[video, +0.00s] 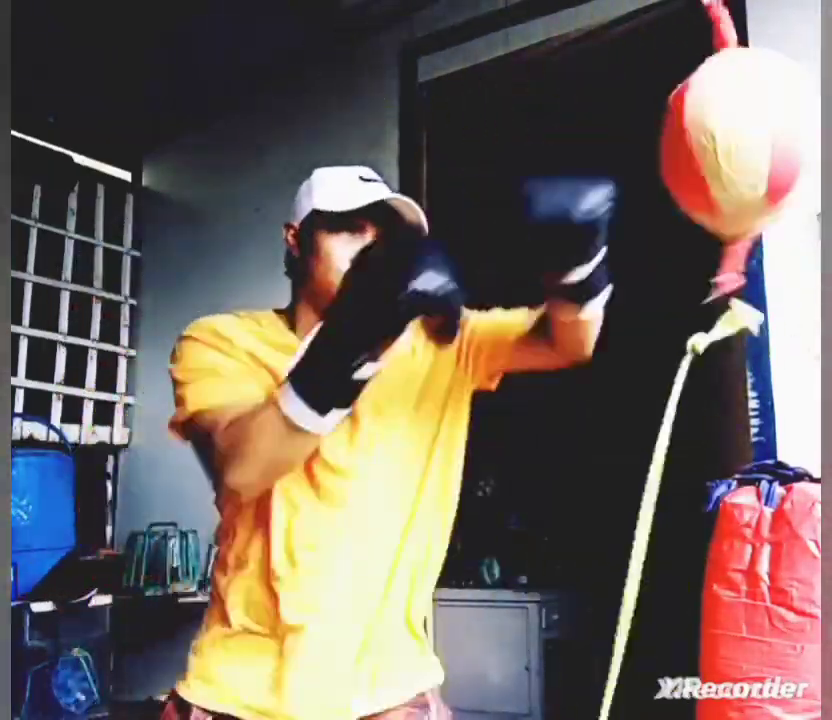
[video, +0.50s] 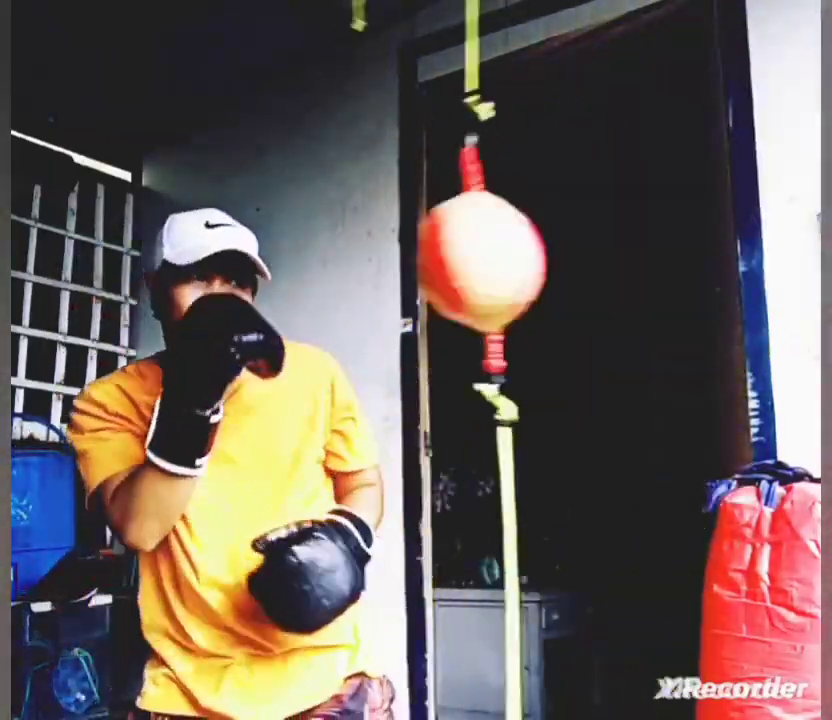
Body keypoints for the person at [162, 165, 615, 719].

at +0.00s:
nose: (370, 248)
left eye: (383, 231)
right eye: (347, 229)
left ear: (404, 246)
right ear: (296, 244)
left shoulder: (448, 339)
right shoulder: (223, 342)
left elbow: (570, 346)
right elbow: (240, 470)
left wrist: (577, 265)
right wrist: (346, 344)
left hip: (392, 696)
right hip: (238, 695)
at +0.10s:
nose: (362, 254)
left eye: (380, 243)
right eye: (344, 231)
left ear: (393, 267)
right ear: (295, 242)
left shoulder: (410, 337)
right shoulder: (208, 354)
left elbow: (533, 369)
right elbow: (178, 515)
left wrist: (555, 286)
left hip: (387, 671)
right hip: (249, 672)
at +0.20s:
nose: (290, 275)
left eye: (308, 258)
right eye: (270, 251)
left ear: (323, 276)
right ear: (227, 265)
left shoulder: (374, 360)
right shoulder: (168, 384)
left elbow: (460, 476)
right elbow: (148, 538)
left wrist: (407, 499)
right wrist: (219, 421)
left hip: (372, 667)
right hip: (237, 677)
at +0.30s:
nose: (223, 307)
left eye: (242, 288)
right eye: (200, 286)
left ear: (261, 305)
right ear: (163, 307)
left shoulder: (333, 395)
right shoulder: (131, 430)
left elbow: (399, 519)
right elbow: (141, 579)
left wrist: (350, 602)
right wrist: (192, 461)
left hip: (355, 694)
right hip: (214, 698)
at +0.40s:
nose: (207, 304)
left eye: (224, 286)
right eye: (184, 284)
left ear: (244, 301)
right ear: (146, 303)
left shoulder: (319, 384)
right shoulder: (112, 425)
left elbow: (371, 495)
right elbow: (137, 568)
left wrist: (334, 556)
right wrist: (180, 458)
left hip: (326, 683)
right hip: (193, 689)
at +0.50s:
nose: (221, 295)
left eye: (237, 279)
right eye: (198, 279)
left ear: (255, 291)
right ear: (158, 295)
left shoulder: (315, 374)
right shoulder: (112, 402)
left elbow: (364, 484)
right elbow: (139, 527)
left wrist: (344, 540)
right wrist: (192, 406)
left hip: (329, 679)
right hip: (188, 688)